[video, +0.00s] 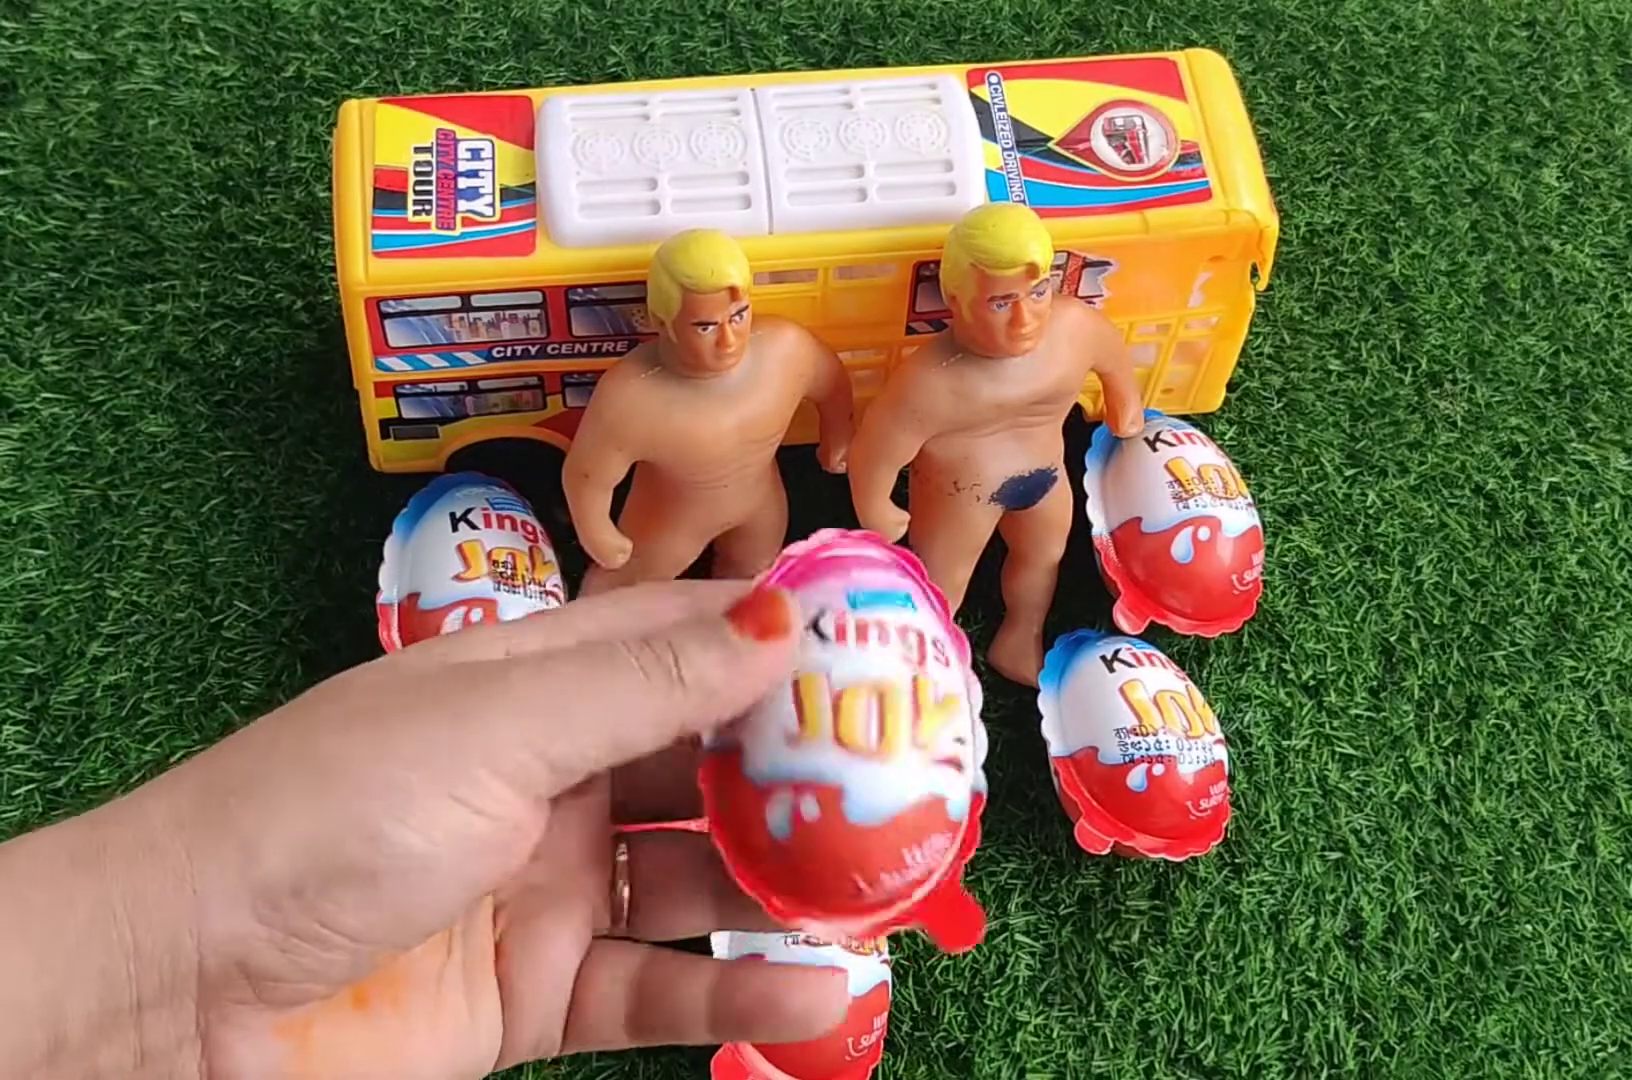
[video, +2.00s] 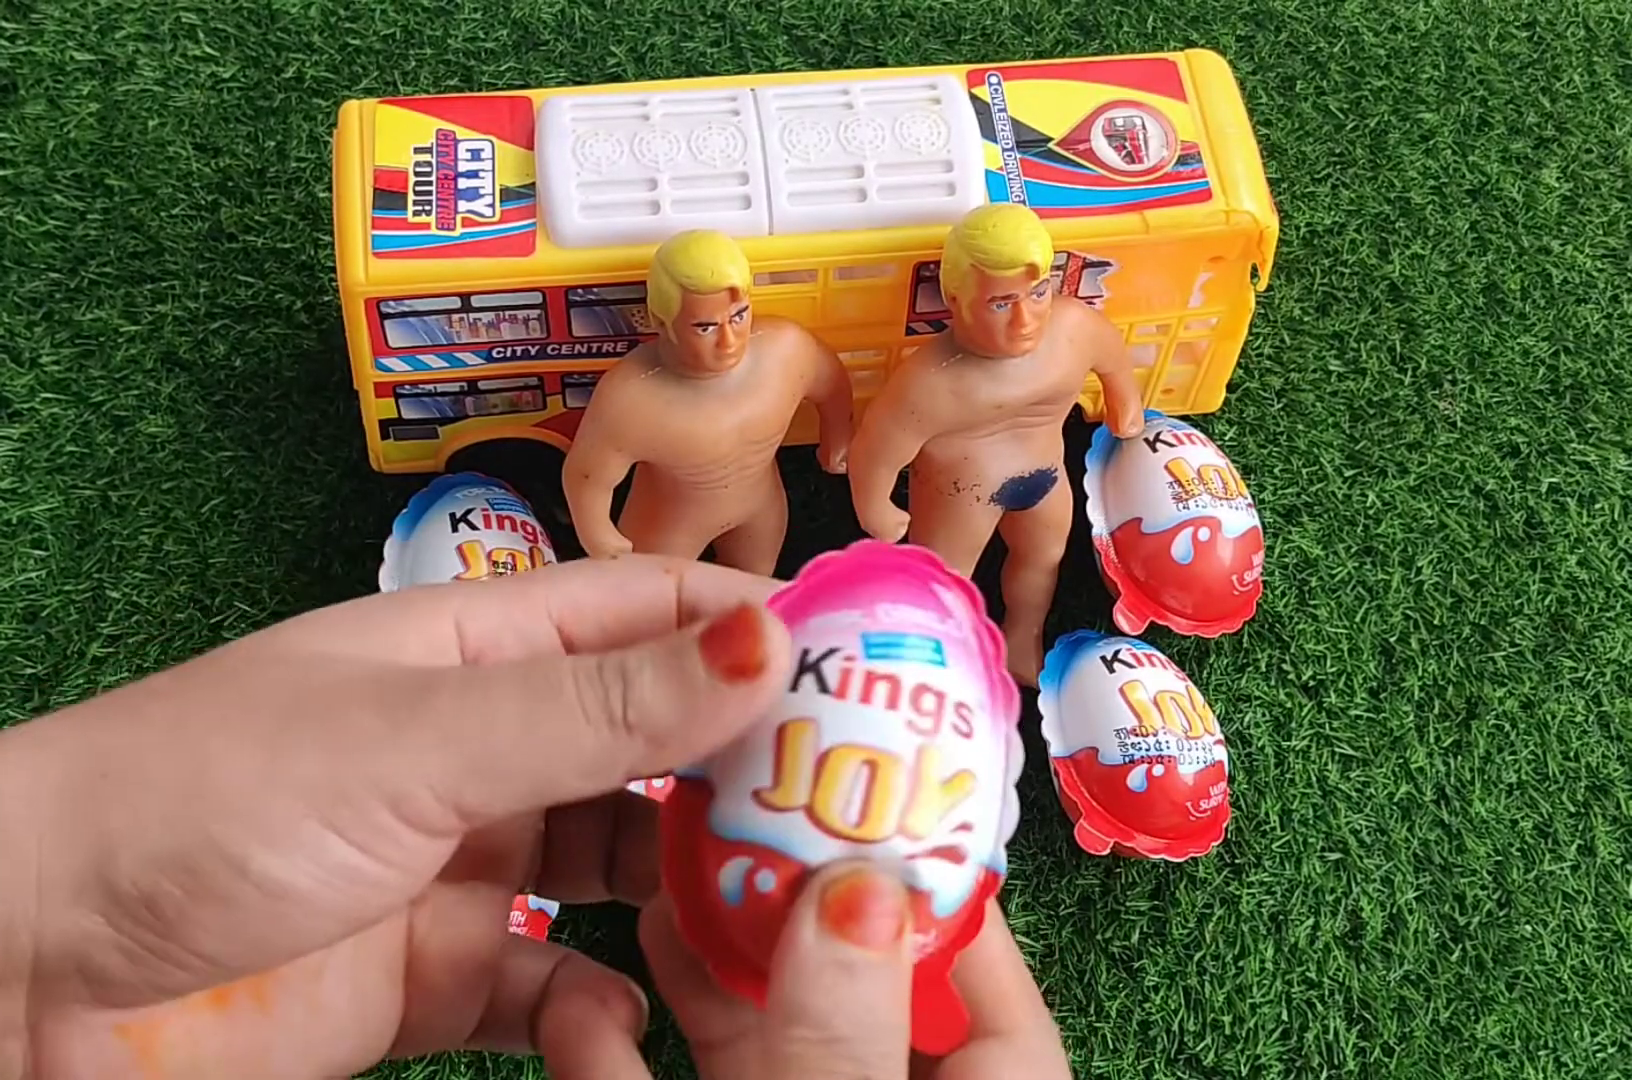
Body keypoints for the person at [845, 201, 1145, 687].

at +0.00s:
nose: (1024, 317)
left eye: (1037, 294)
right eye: (1000, 302)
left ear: (1051, 283)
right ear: (953, 303)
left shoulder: (1079, 328)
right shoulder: (927, 381)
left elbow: (1115, 362)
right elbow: (871, 458)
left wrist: (1126, 410)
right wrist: (879, 516)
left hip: (1044, 479)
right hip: (958, 492)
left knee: (1040, 563)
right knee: (940, 584)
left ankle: (1020, 643)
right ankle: (922, 662)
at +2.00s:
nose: (1025, 318)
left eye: (1038, 294)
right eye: (1001, 303)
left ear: (1051, 284)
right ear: (952, 303)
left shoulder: (1079, 327)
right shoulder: (928, 381)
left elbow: (1116, 364)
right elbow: (871, 459)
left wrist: (1127, 410)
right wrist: (879, 516)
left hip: (1044, 478)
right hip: (959, 491)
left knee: (1040, 565)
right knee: (942, 579)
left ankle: (1023, 644)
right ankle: (928, 656)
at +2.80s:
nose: (1025, 318)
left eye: (1037, 294)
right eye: (1000, 303)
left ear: (1050, 283)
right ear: (952, 303)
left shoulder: (1079, 327)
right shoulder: (926, 384)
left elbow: (1116, 364)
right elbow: (868, 474)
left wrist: (1127, 413)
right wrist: (874, 557)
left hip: (1045, 477)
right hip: (959, 491)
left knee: (1040, 564)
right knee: (945, 579)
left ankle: (1019, 645)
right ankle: (928, 653)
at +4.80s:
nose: (1024, 317)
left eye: (1036, 295)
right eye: (1000, 303)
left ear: (1050, 283)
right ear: (954, 303)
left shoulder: (1079, 327)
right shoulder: (927, 383)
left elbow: (1114, 361)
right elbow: (874, 452)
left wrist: (1127, 409)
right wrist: (877, 514)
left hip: (1045, 476)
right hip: (959, 492)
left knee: (1041, 560)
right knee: (941, 576)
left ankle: (1020, 642)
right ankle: (931, 644)